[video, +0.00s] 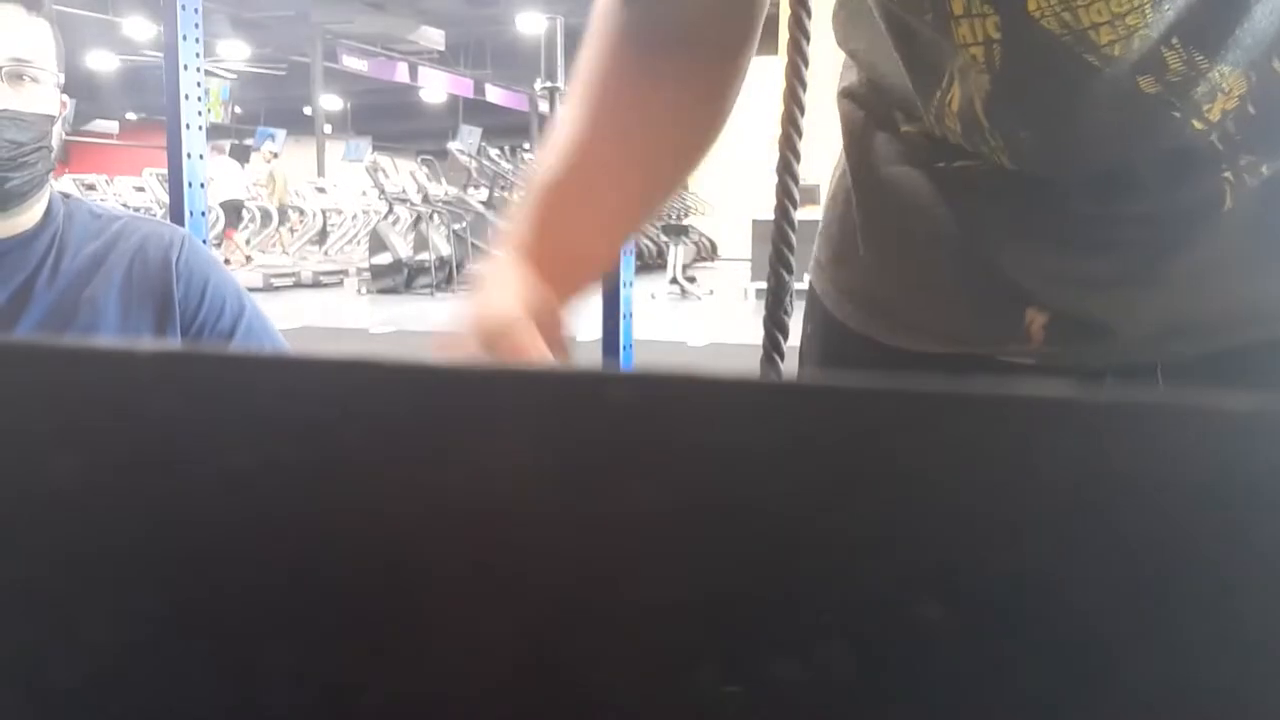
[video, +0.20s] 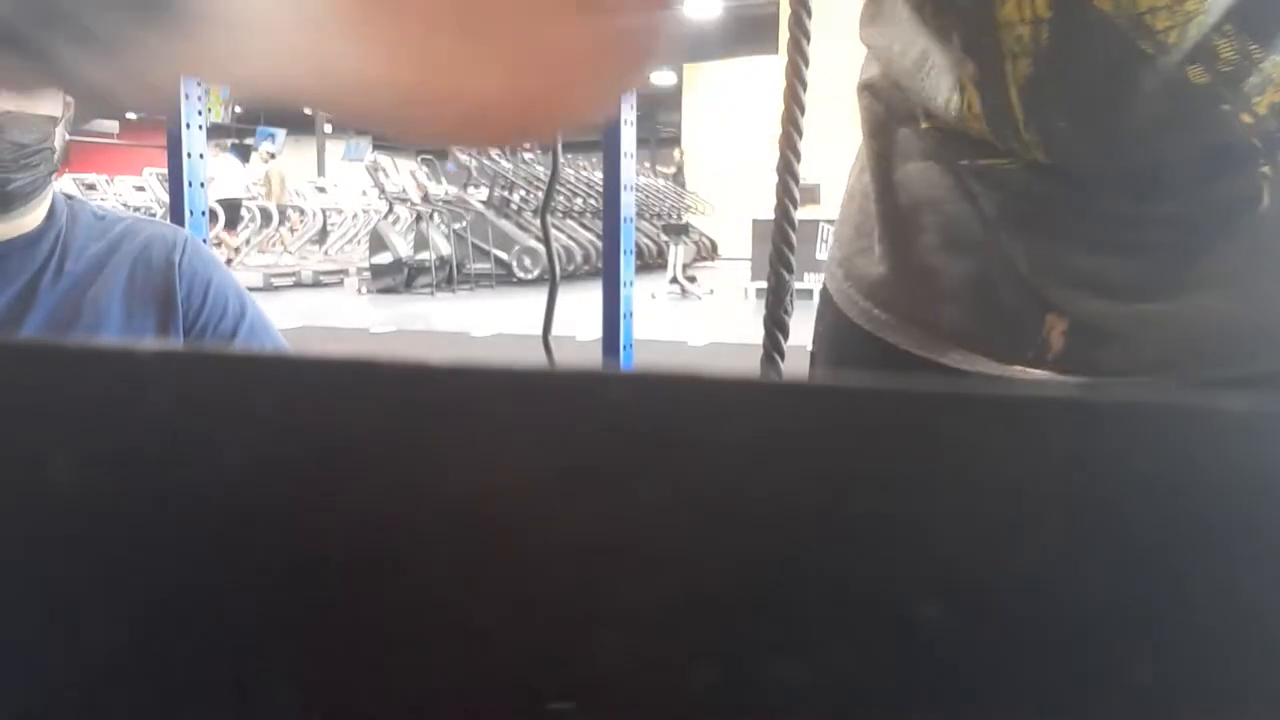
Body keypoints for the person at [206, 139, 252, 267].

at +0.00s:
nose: (208, 155)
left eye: (209, 152)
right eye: (209, 153)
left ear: (212, 151)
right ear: (225, 151)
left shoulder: (212, 162)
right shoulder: (235, 163)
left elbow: (207, 180)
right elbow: (246, 182)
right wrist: (254, 195)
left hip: (223, 198)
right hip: (239, 198)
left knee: (230, 230)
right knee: (231, 230)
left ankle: (247, 254)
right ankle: (226, 257)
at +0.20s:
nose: (208, 151)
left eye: (209, 148)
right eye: (208, 148)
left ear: (216, 147)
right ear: (225, 147)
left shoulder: (212, 161)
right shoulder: (236, 161)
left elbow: (209, 178)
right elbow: (245, 180)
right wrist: (253, 193)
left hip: (219, 196)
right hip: (236, 196)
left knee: (214, 226)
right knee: (231, 229)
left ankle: (234, 248)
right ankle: (230, 255)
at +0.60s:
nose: (209, 152)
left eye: (210, 150)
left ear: (212, 149)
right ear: (224, 148)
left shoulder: (211, 162)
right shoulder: (234, 162)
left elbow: (208, 179)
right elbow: (240, 179)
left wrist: (202, 192)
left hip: (215, 196)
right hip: (232, 196)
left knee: (212, 227)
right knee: (233, 229)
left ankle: (207, 256)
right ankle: (236, 257)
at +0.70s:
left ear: (209, 150)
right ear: (222, 149)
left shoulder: (207, 162)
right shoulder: (232, 162)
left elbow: (205, 180)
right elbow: (240, 179)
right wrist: (236, 193)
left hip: (211, 197)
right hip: (230, 197)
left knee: (209, 228)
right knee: (232, 229)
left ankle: (206, 256)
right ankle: (237, 257)